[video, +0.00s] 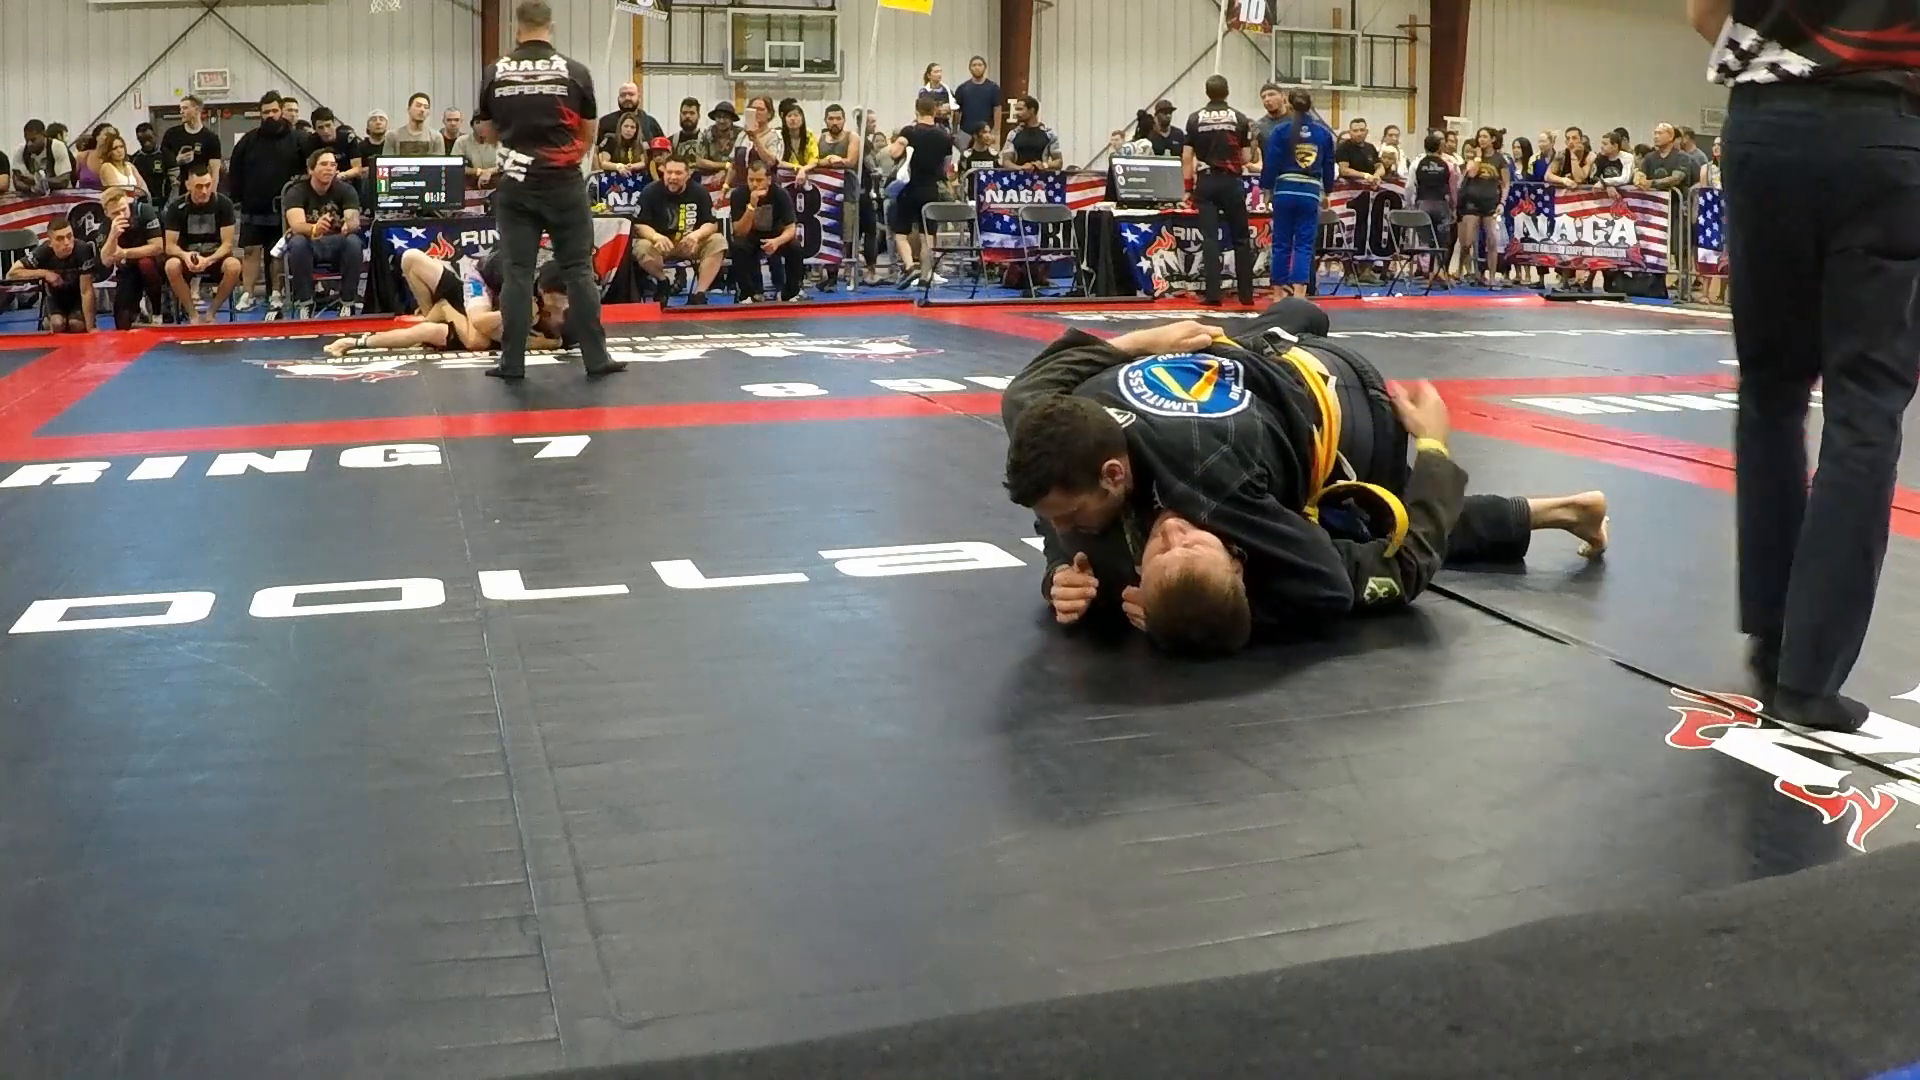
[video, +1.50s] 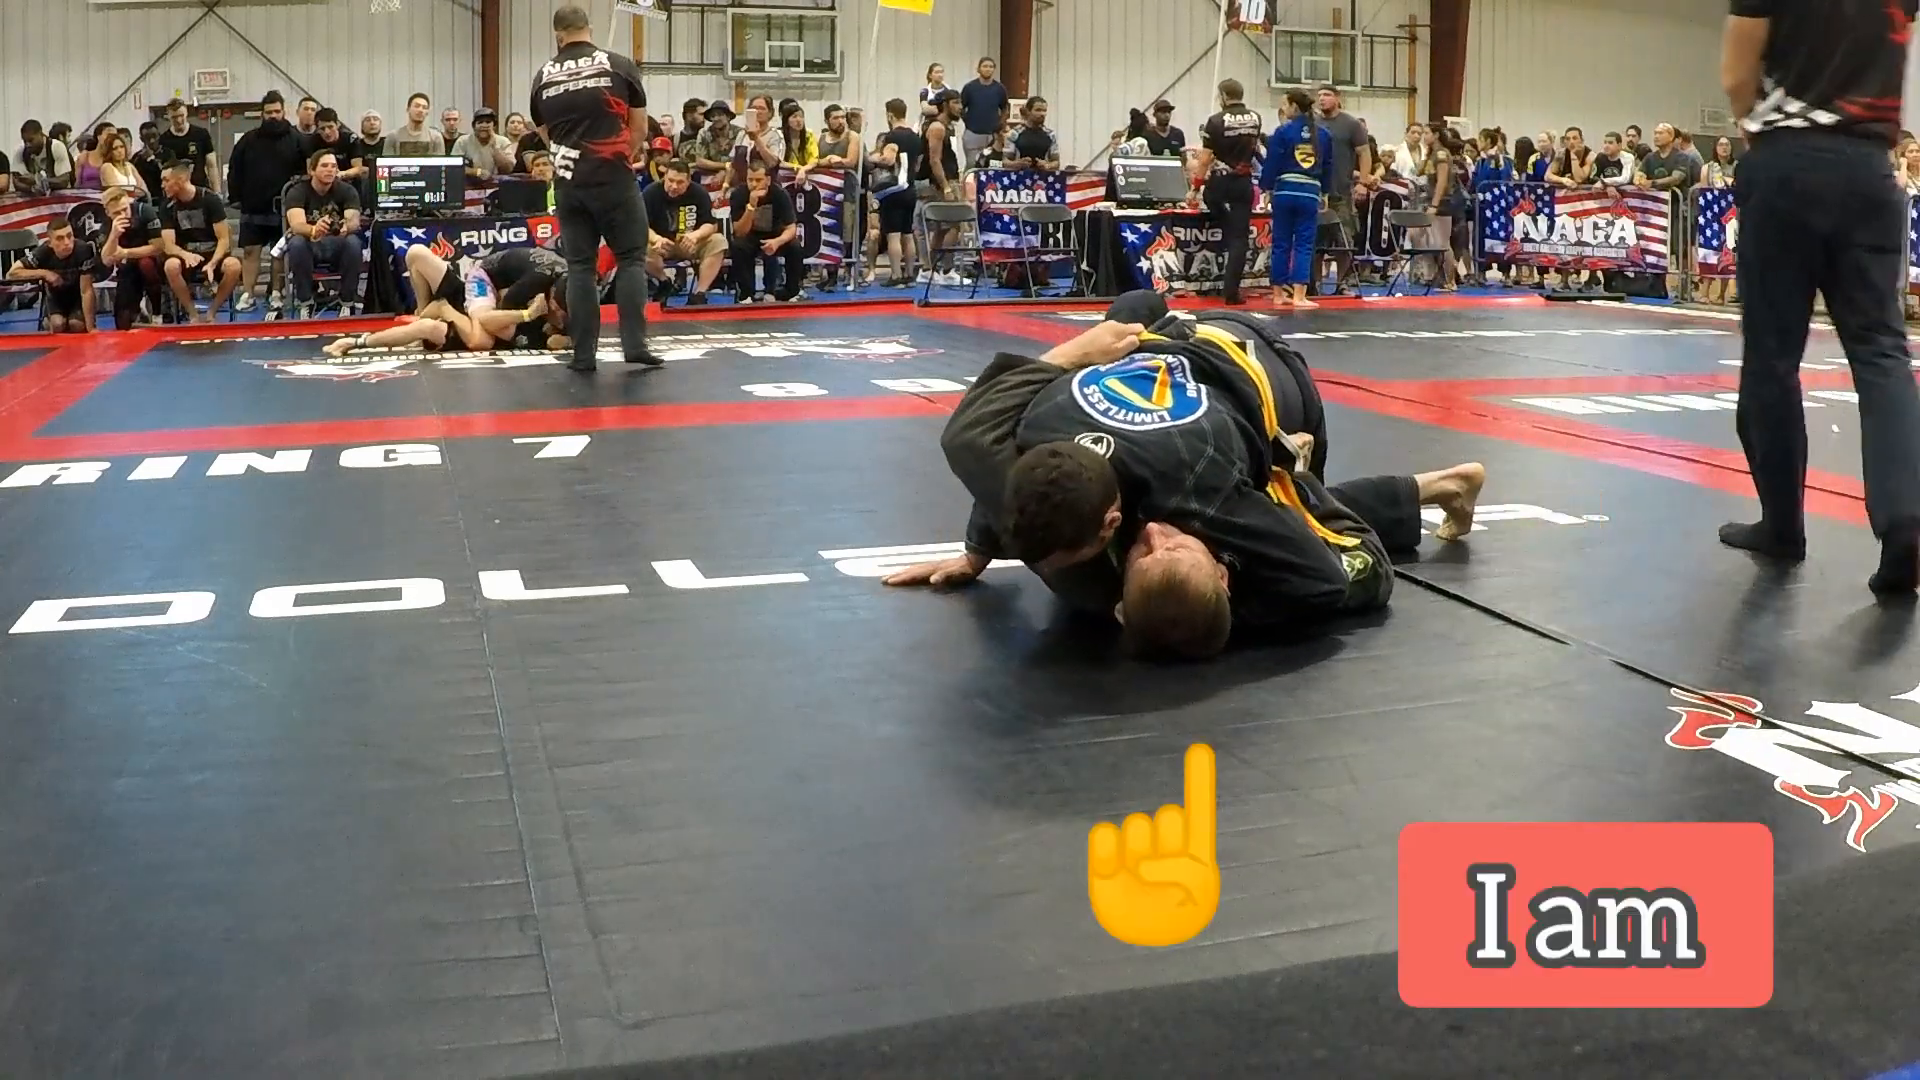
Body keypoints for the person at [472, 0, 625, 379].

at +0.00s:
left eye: (519, 29)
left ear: (517, 30)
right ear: (550, 29)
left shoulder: (497, 71)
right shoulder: (576, 71)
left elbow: (489, 134)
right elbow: (587, 136)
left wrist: (520, 120)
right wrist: (561, 162)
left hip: (516, 185)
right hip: (564, 185)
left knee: (517, 272)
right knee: (579, 267)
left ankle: (512, 364)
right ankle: (596, 359)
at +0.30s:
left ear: (563, 28)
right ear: (596, 31)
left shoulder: (538, 67)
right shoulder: (615, 73)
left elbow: (533, 126)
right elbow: (628, 144)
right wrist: (595, 157)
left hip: (547, 185)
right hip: (597, 184)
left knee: (535, 270)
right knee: (597, 270)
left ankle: (517, 360)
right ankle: (599, 360)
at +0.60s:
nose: (585, 34)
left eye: (584, 28)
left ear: (585, 27)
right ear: (617, 31)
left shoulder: (557, 64)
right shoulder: (638, 74)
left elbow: (545, 124)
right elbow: (644, 144)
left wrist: (578, 147)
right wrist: (616, 163)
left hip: (562, 181)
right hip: (610, 185)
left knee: (553, 265)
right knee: (603, 269)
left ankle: (546, 356)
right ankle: (600, 359)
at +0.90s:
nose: (587, 35)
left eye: (584, 30)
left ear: (584, 29)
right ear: (616, 31)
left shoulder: (558, 67)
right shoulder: (639, 74)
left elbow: (549, 127)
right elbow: (647, 138)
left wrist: (575, 151)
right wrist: (626, 164)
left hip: (568, 180)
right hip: (613, 182)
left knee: (575, 263)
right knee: (606, 267)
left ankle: (581, 350)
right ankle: (598, 357)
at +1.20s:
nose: (578, 38)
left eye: (568, 33)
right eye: (590, 31)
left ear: (563, 33)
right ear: (596, 30)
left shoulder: (547, 74)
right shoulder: (624, 67)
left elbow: (549, 134)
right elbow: (643, 133)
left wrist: (575, 158)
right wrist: (627, 161)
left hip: (568, 183)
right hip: (613, 180)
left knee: (579, 265)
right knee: (610, 263)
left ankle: (583, 353)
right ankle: (599, 354)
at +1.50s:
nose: (562, 40)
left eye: (558, 36)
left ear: (556, 35)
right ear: (589, 28)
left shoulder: (543, 75)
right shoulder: (620, 64)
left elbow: (547, 135)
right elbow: (638, 130)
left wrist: (581, 155)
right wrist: (625, 158)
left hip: (567, 184)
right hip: (612, 178)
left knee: (580, 264)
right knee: (631, 258)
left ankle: (583, 356)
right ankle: (635, 347)